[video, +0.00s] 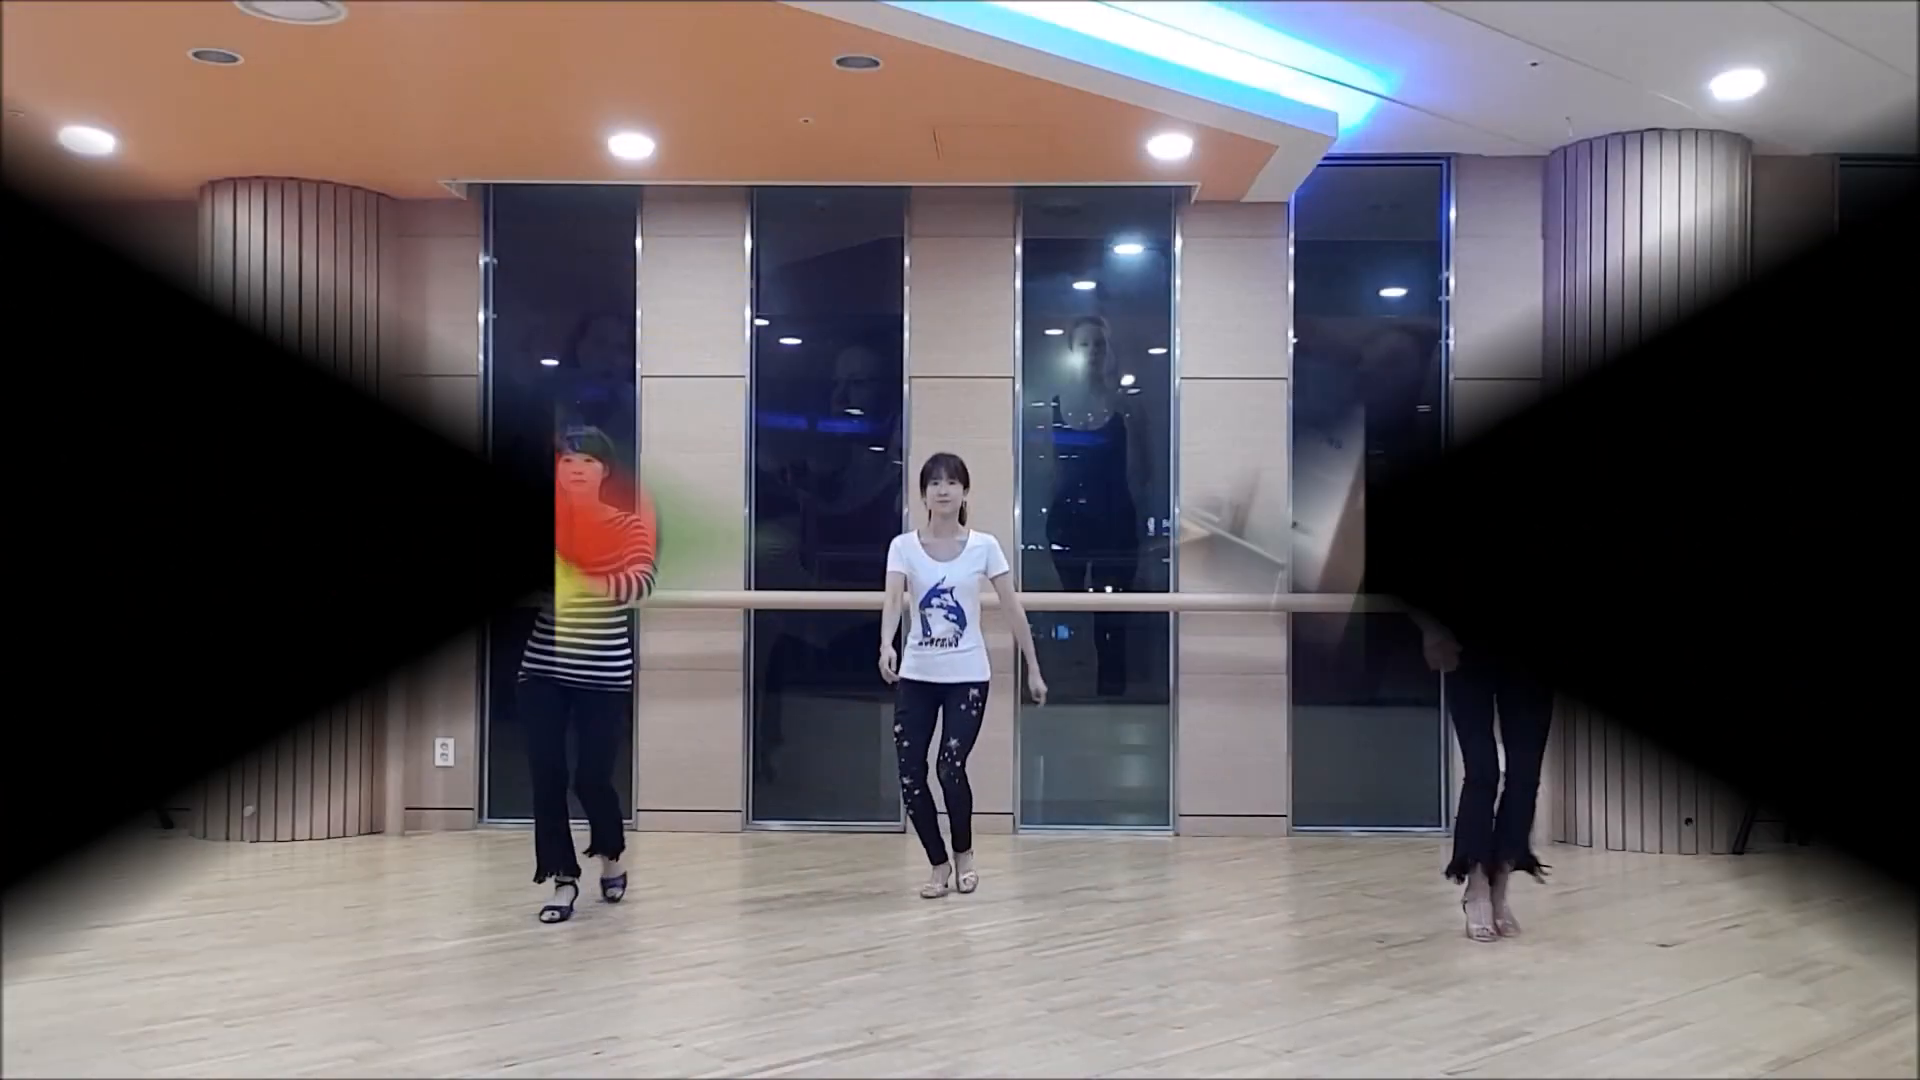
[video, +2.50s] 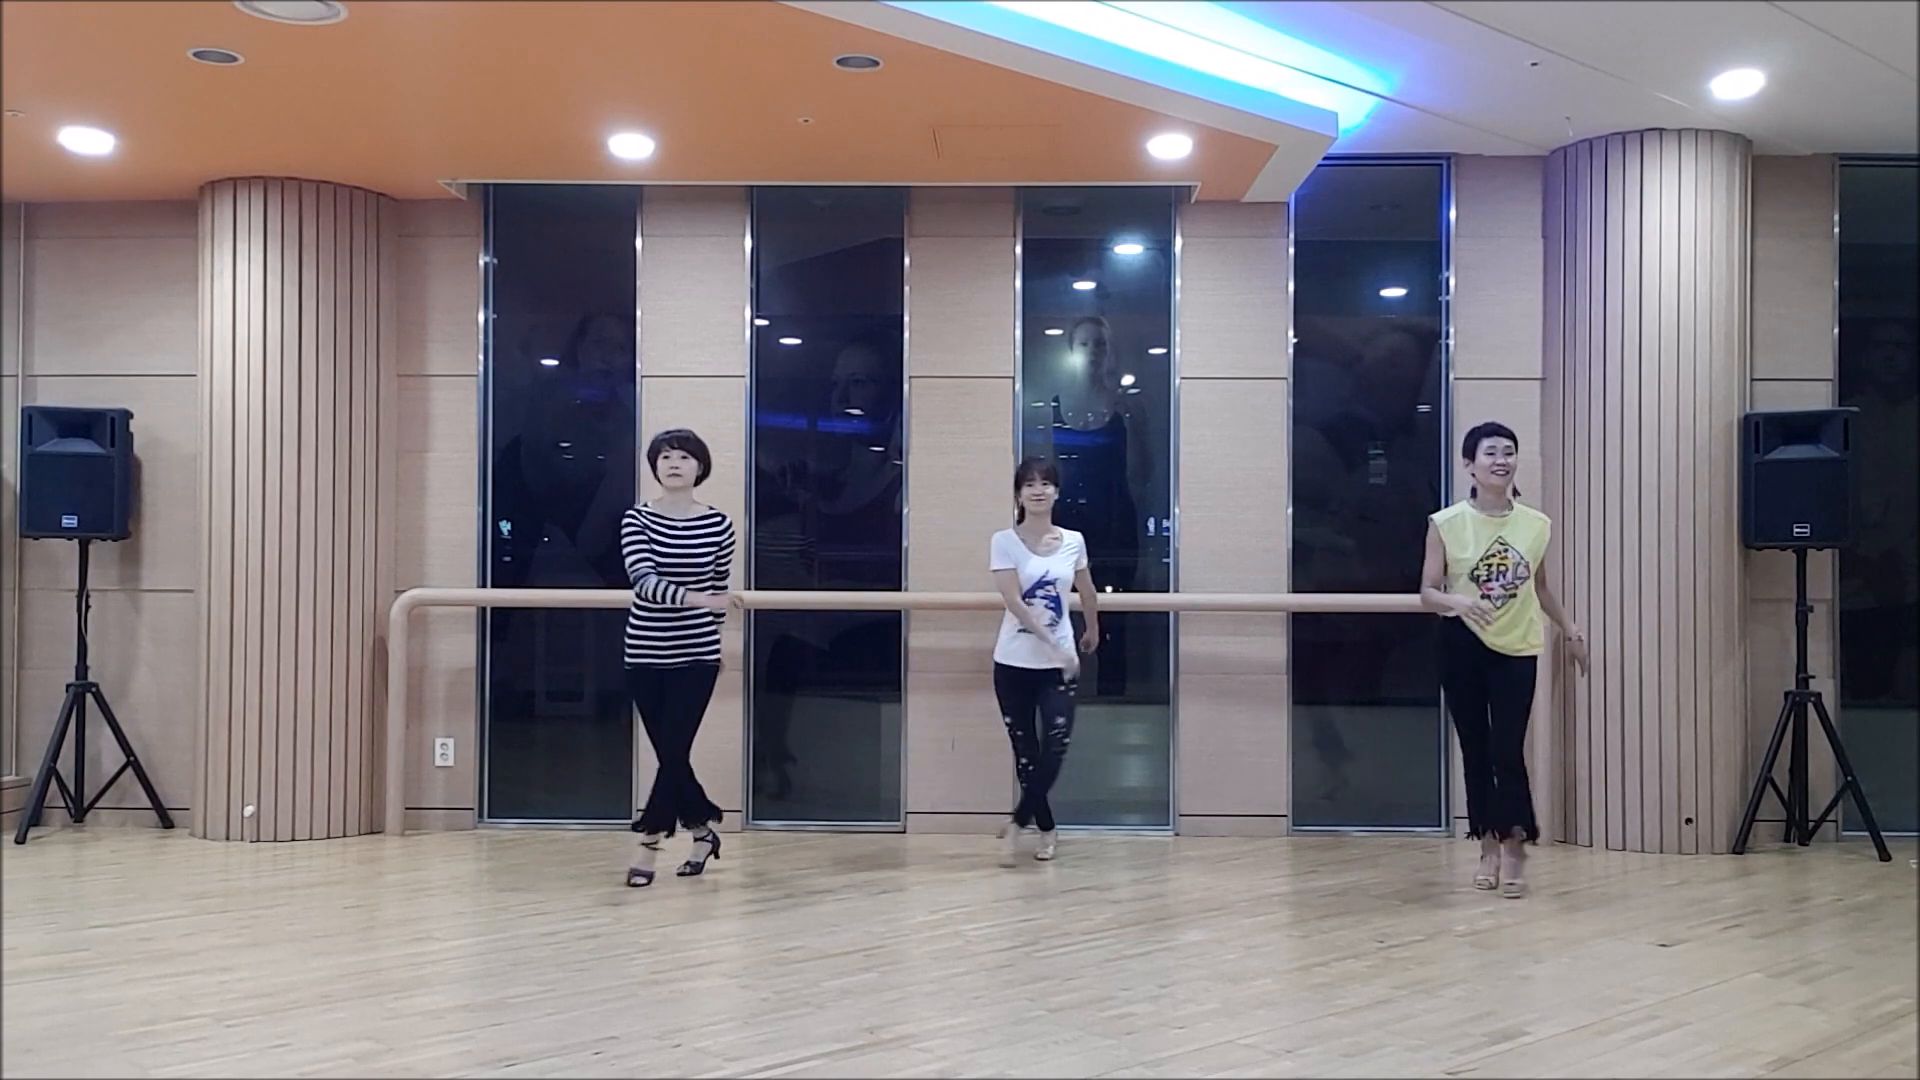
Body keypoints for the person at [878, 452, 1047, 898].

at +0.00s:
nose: (943, 489)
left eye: (952, 482)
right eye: (935, 483)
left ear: (965, 490)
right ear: (923, 492)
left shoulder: (984, 546)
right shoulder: (904, 546)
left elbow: (1013, 608)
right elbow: (892, 602)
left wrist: (1033, 668)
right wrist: (886, 646)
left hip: (968, 675)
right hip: (917, 675)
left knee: (949, 767)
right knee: (909, 773)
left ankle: (963, 857)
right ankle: (939, 865)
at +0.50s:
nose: (959, 494)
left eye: (967, 486)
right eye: (950, 487)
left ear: (979, 493)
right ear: (939, 494)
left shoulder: (999, 543)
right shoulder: (923, 548)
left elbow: (1024, 597)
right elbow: (914, 606)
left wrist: (1008, 628)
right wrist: (905, 653)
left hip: (997, 665)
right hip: (948, 664)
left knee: (992, 753)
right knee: (952, 751)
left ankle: (982, 839)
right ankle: (953, 843)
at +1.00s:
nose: (971, 489)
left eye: (979, 482)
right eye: (963, 483)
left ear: (990, 489)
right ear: (951, 490)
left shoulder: (1005, 541)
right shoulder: (932, 541)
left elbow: (1033, 599)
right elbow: (917, 603)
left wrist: (1035, 644)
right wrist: (896, 646)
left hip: (1000, 660)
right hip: (953, 662)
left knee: (994, 751)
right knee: (987, 744)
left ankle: (980, 840)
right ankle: (961, 828)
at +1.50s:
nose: (974, 488)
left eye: (981, 481)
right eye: (965, 482)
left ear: (993, 488)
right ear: (954, 490)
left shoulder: (1010, 539)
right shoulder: (937, 542)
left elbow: (1035, 593)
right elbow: (926, 593)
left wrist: (1054, 643)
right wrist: (941, 607)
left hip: (998, 663)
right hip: (949, 663)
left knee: (993, 752)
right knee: (949, 747)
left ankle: (978, 838)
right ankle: (922, 817)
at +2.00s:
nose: (981, 488)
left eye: (988, 482)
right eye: (973, 482)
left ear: (1000, 490)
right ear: (961, 490)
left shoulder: (1016, 543)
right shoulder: (943, 540)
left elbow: (1039, 595)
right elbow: (932, 599)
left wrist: (1055, 634)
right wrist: (944, 597)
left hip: (996, 664)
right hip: (947, 659)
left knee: (988, 752)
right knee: (915, 745)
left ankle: (978, 841)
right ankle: (888, 831)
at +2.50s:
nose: (1038, 490)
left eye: (1045, 484)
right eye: (1029, 484)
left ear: (1056, 491)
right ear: (1018, 493)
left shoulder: (1072, 541)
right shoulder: (1005, 540)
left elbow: (1086, 591)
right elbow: (1015, 602)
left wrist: (1093, 628)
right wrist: (1055, 646)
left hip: (1059, 660)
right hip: (1013, 661)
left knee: (1056, 746)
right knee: (1026, 751)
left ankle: (1015, 823)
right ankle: (1047, 831)